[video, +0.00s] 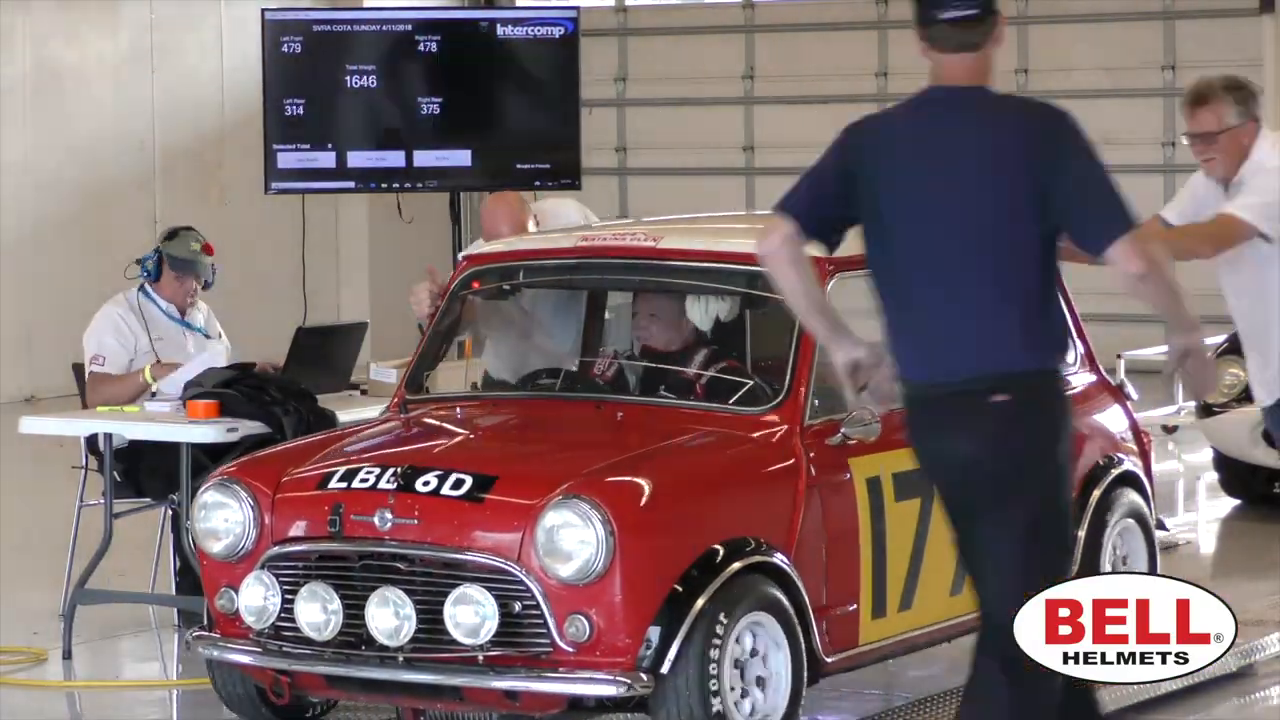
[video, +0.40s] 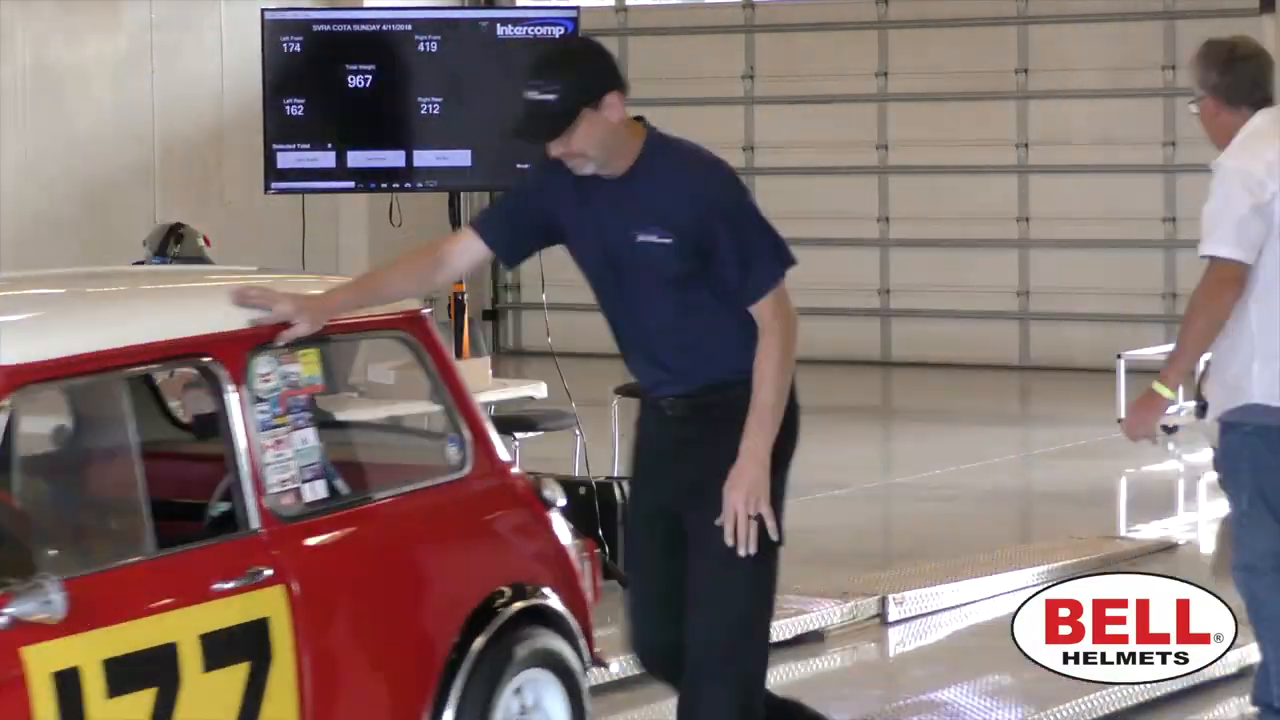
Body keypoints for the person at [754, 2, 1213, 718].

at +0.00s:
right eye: (992, 24)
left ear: (922, 41)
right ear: (998, 30)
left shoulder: (870, 139)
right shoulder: (1040, 129)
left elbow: (777, 243)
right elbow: (1133, 258)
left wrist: (840, 345)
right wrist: (1185, 334)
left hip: (933, 409)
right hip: (1024, 402)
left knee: (1020, 604)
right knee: (1020, 612)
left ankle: (1071, 711)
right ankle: (986, 714)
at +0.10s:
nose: (1121, 90)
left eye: (1120, 77)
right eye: (1119, 79)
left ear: (1139, 77)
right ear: (1193, 68)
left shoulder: (1128, 168)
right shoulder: (1266, 151)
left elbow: (1121, 305)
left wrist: (1065, 408)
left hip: (1187, 398)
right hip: (1272, 394)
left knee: (1162, 573)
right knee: (1276, 563)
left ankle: (1190, 706)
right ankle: (1274, 680)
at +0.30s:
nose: (1059, 139)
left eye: (1071, 123)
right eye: (1046, 129)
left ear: (1105, 117)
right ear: (1038, 136)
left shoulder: (1177, 170)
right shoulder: (1040, 204)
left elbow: (1254, 254)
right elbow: (995, 295)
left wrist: (1250, 359)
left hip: (1215, 392)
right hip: (1126, 412)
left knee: (1259, 536)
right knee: (1138, 553)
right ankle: (1164, 688)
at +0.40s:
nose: (1197, 115)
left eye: (1199, 103)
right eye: (1197, 103)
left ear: (1216, 104)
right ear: (1261, 93)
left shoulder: (1247, 159)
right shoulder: (1269, 146)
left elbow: (1225, 278)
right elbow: (1236, 279)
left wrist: (1164, 386)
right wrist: (1201, 376)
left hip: (1261, 397)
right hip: (1271, 393)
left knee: (1259, 564)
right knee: (1261, 562)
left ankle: (1273, 701)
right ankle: (1272, 697)